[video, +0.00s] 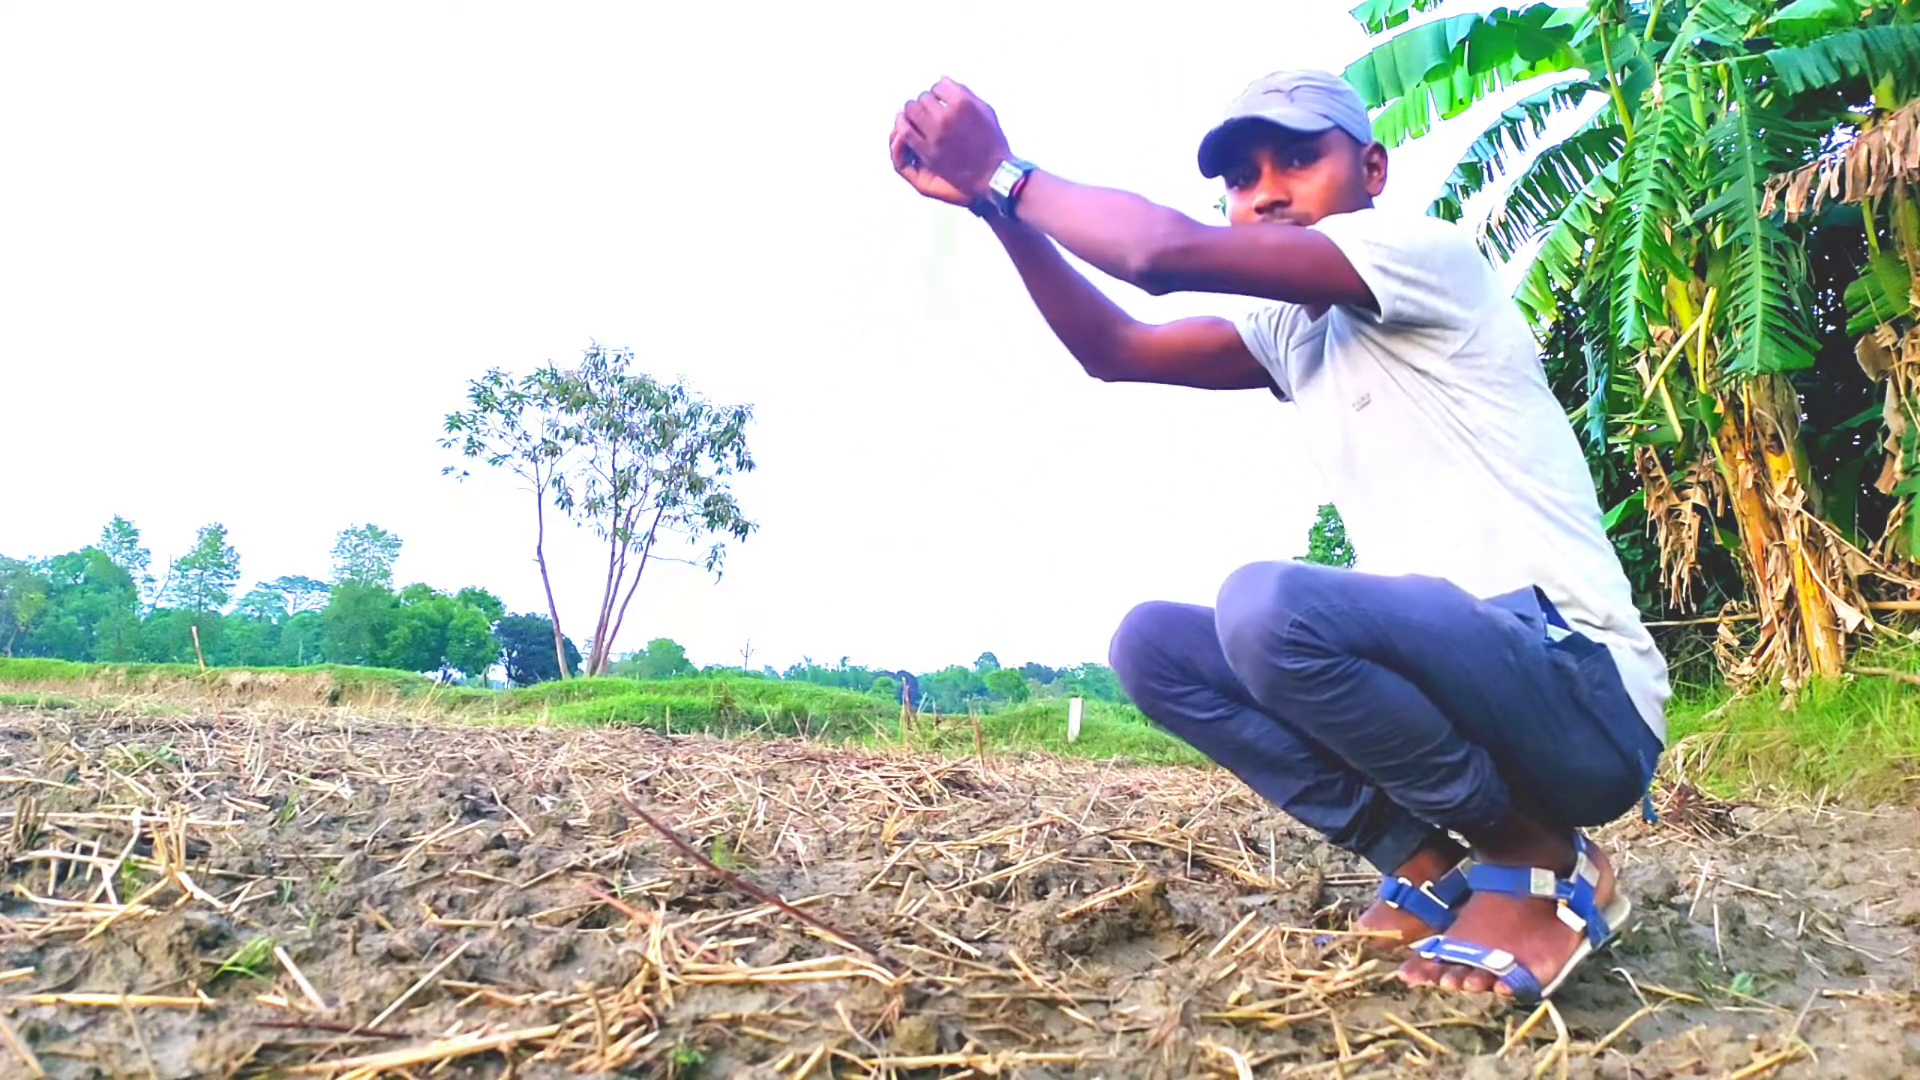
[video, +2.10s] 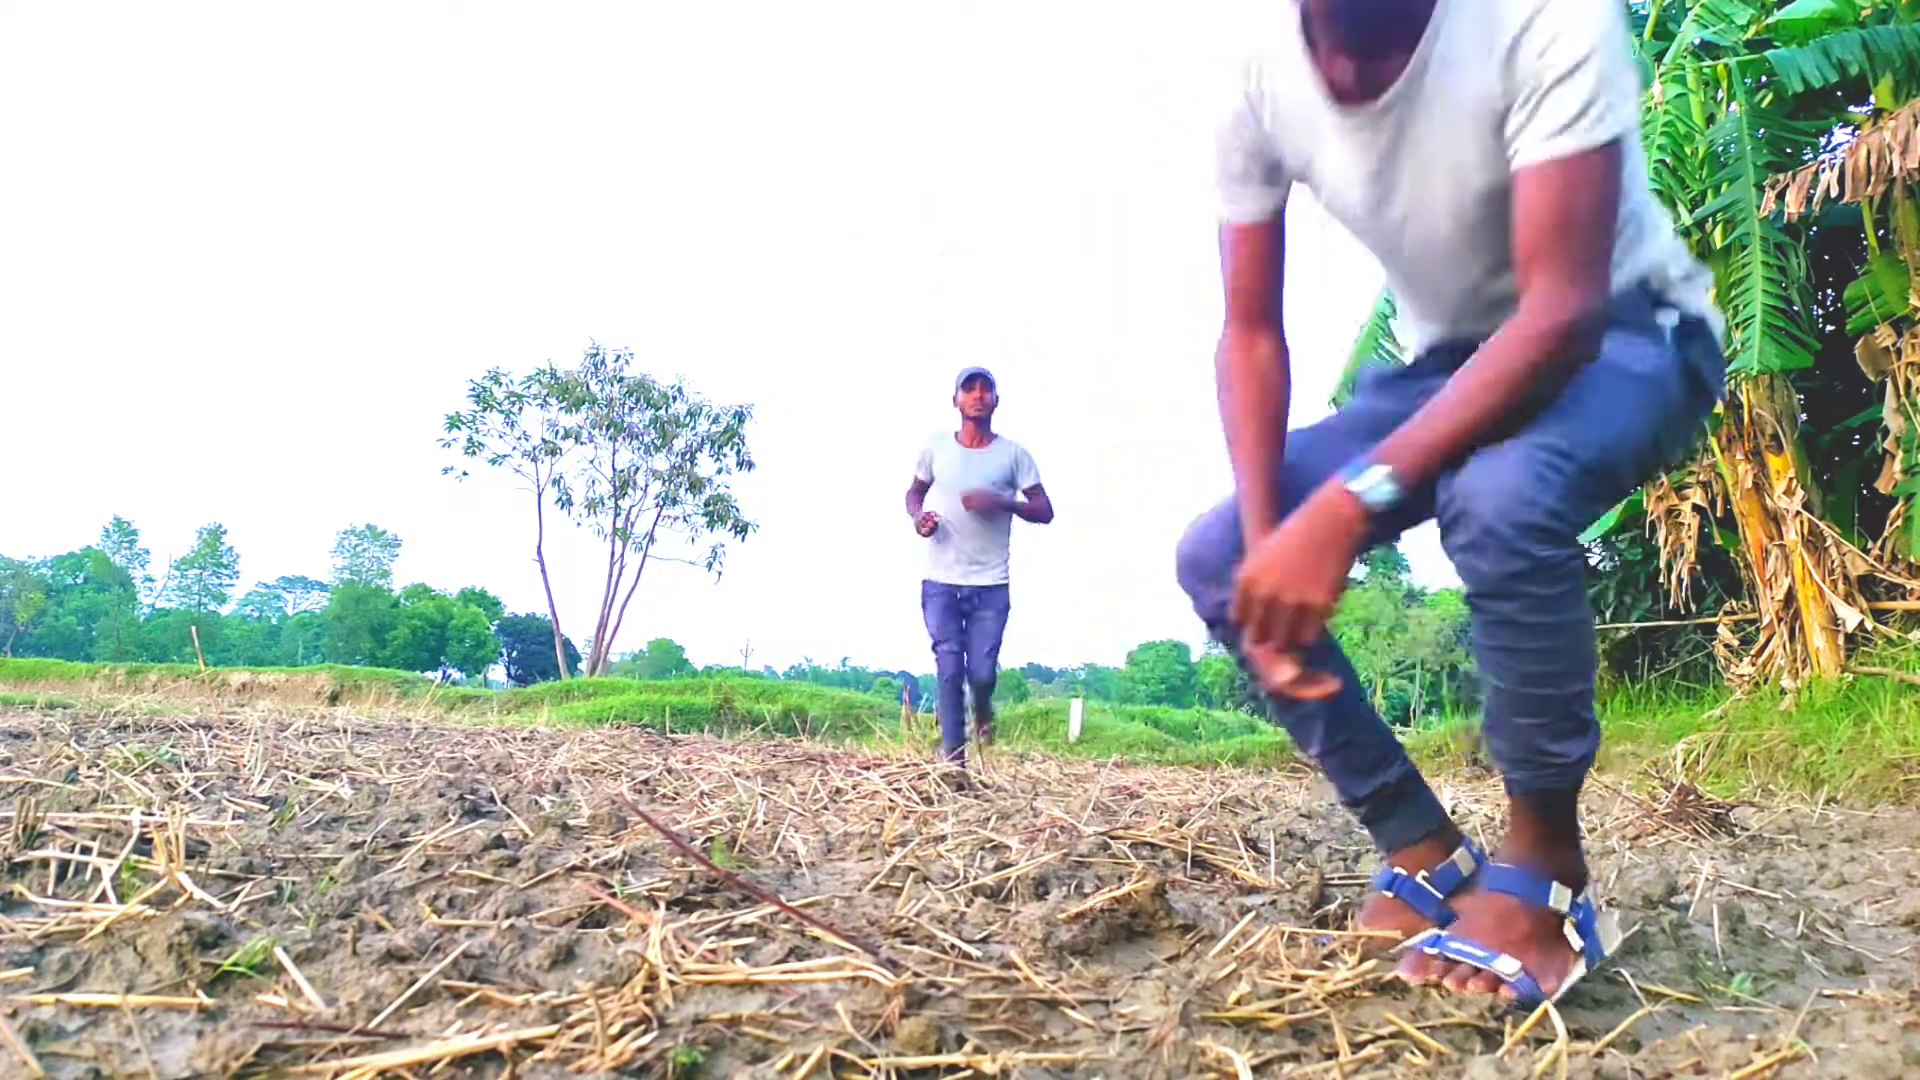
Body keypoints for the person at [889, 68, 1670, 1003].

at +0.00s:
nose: (1266, 193)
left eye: (1299, 155)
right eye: (1241, 178)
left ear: (1372, 168)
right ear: (1221, 200)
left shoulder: (1427, 256)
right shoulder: (1298, 330)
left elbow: (1165, 251)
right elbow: (1115, 349)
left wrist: (1001, 173)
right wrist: (998, 208)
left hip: (1580, 684)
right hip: (1460, 692)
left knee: (1269, 608)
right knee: (1155, 644)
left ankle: (1538, 857)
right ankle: (1434, 860)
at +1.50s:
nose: (1275, 167)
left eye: (1309, 132)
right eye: (1247, 148)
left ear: (1379, 149)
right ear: (1231, 180)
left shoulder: (1443, 239)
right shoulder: (1295, 328)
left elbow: (1189, 278)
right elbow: (1116, 383)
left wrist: (1011, 212)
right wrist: (991, 257)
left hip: (1566, 670)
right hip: (1435, 684)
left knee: (1271, 611)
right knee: (1124, 681)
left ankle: (1520, 859)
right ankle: (1425, 854)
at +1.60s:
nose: (1281, 161)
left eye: (1313, 129)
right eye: (1252, 143)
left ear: (1381, 147)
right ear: (1235, 186)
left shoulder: (1459, 247)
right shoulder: (1301, 346)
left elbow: (1295, 397)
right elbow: (1179, 501)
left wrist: (1077, 386)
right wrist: (1041, 453)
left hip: (1567, 676)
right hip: (1434, 700)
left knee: (1268, 613)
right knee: (1122, 681)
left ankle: (1518, 859)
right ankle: (1415, 858)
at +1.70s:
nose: (1273, 168)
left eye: (1302, 136)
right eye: (1241, 150)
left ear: (1364, 151)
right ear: (1220, 190)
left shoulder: (1457, 259)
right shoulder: (1275, 369)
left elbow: (1387, 461)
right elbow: (1228, 554)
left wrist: (1147, 494)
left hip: (1573, 684)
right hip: (1420, 707)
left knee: (1278, 608)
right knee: (1122, 677)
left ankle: (1521, 859)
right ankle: (1411, 853)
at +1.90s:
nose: (1226, 163)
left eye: (1249, 120)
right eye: (1188, 144)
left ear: (1312, 112)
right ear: (1163, 176)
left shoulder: (1438, 205)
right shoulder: (1236, 323)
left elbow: (1496, 432)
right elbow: (1251, 520)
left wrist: (1227, 473)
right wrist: (1168, 578)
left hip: (1615, 606)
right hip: (1439, 632)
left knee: (1390, 528)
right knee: (1158, 629)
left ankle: (1529, 864)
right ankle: (1416, 860)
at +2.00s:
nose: (1247, 67)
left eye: (1272, 23)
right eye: (1207, 43)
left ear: (1337, 15)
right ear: (1175, 71)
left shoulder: (1479, 120)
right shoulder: (1226, 220)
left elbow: (1533, 378)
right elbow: (1249, 434)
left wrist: (1276, 469)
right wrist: (1193, 551)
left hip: (1626, 465)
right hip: (1426, 491)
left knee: (1445, 500)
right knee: (1187, 594)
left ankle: (1533, 864)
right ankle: (1426, 864)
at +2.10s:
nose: (1338, 73)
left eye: (1367, 48)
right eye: (1315, 44)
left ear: (1428, 12)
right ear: (1295, 11)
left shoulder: (1556, 28)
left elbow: (1561, 316)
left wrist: (1348, 507)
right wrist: (1264, 550)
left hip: (1634, 332)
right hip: (1449, 359)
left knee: (1500, 505)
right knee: (1220, 555)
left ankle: (1542, 876)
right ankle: (1429, 856)